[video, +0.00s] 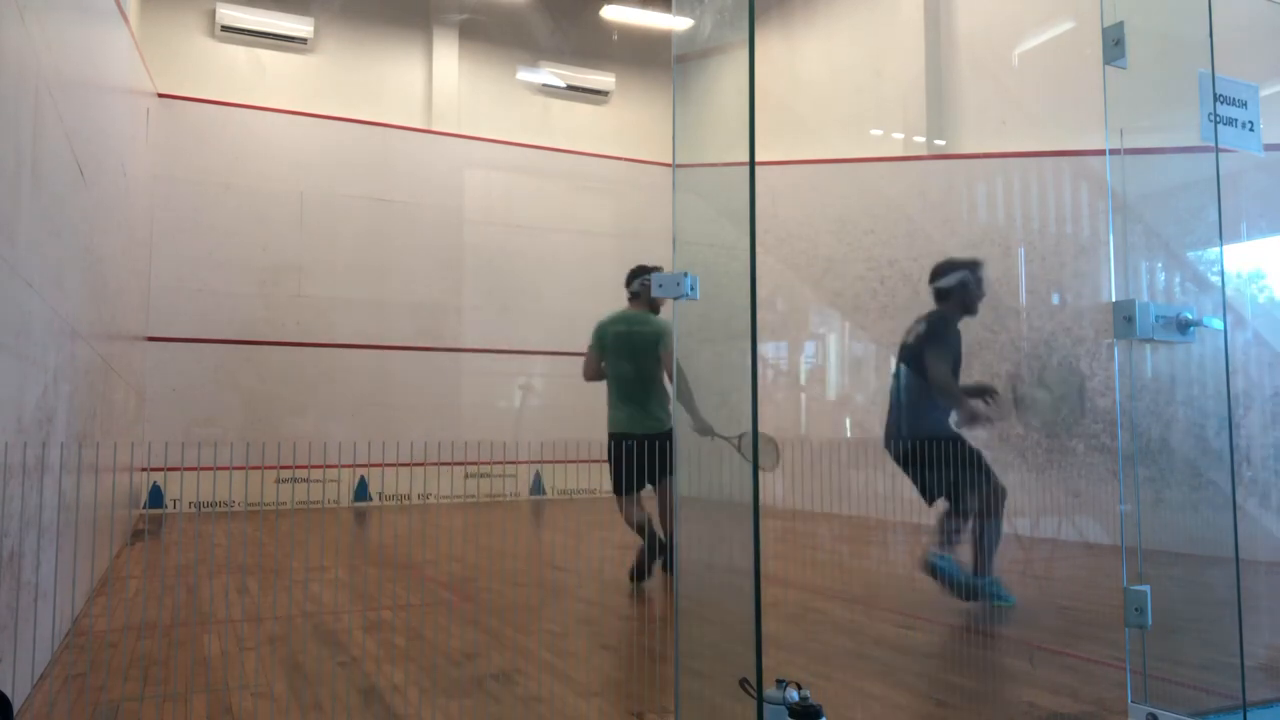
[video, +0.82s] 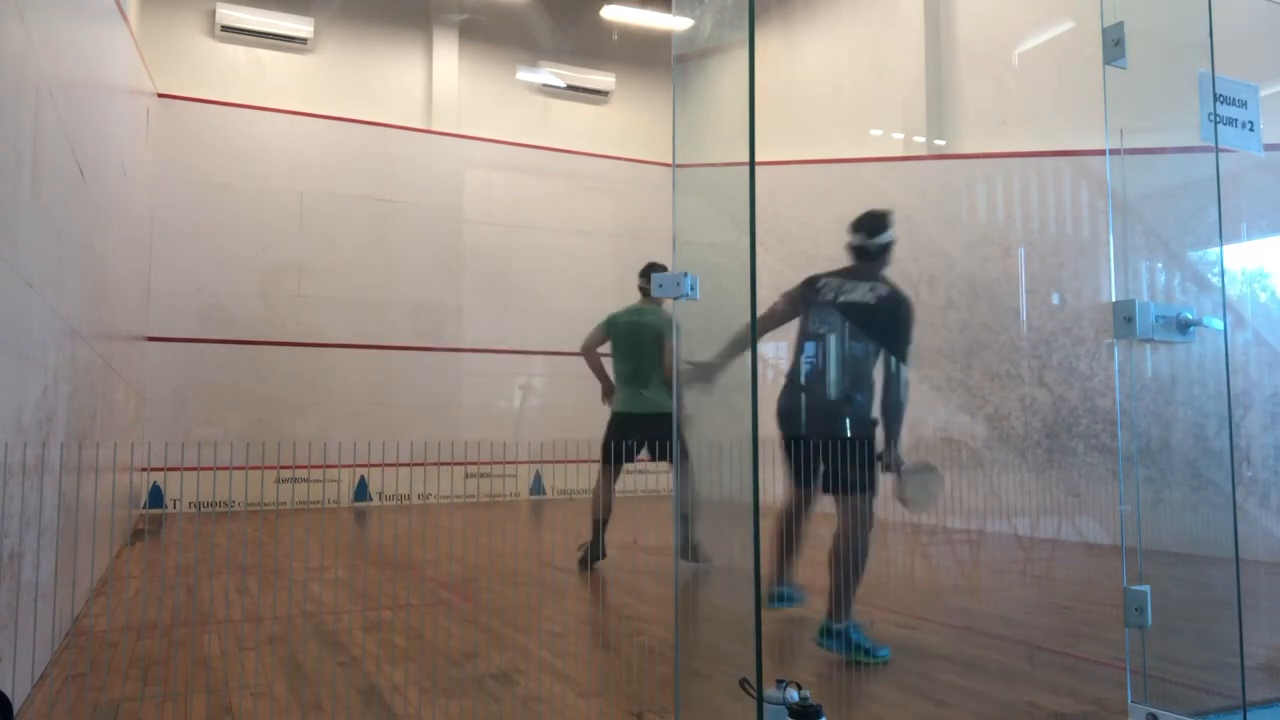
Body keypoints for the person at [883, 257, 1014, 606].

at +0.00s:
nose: (982, 295)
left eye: (981, 288)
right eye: (977, 288)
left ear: (948, 292)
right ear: (960, 290)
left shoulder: (925, 325)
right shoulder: (943, 326)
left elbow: (929, 386)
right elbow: (938, 377)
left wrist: (969, 392)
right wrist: (964, 406)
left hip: (906, 435)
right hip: (929, 434)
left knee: (964, 492)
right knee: (993, 493)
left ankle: (942, 553)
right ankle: (983, 578)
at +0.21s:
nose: (993, 280)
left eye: (991, 272)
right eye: (986, 273)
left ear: (959, 282)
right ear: (963, 280)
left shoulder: (950, 325)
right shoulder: (936, 317)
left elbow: (942, 367)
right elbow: (916, 341)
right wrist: (968, 339)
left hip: (925, 433)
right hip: (910, 435)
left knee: (985, 494)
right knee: (984, 491)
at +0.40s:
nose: (987, 293)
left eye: (986, 285)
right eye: (983, 284)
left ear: (952, 286)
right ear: (962, 285)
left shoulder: (927, 320)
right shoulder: (934, 321)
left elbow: (875, 353)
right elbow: (934, 368)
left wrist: (828, 382)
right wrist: (988, 340)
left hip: (890, 437)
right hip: (880, 438)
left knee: (946, 508)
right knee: (923, 524)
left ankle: (968, 599)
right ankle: (881, 629)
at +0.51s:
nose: (972, 292)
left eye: (971, 283)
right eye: (966, 283)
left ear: (928, 287)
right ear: (946, 288)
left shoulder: (883, 319)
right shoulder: (938, 341)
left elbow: (830, 353)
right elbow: (987, 406)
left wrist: (789, 389)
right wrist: (1042, 409)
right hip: (876, 441)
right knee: (917, 527)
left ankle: (955, 594)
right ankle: (879, 633)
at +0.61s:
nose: (945, 280)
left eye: (944, 271)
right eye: (944, 272)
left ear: (903, 268)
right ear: (935, 275)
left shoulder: (861, 302)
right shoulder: (924, 323)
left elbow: (809, 345)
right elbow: (965, 390)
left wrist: (779, 392)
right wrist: (998, 446)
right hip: (864, 431)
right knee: (902, 522)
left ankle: (902, 592)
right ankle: (880, 631)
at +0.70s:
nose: (915, 252)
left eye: (906, 244)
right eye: (915, 245)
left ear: (877, 243)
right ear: (914, 248)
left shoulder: (839, 282)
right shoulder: (912, 304)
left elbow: (788, 324)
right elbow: (917, 380)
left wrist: (757, 368)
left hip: (812, 412)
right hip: (856, 418)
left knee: (850, 494)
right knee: (870, 511)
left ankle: (840, 586)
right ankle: (871, 623)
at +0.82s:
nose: (884, 254)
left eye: (871, 246)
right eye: (887, 248)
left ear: (851, 245)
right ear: (888, 250)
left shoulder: (817, 286)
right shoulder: (894, 303)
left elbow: (759, 325)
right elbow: (895, 383)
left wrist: (713, 366)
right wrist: (892, 445)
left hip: (797, 414)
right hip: (849, 420)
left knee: (800, 497)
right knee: (857, 519)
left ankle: (779, 584)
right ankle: (838, 624)